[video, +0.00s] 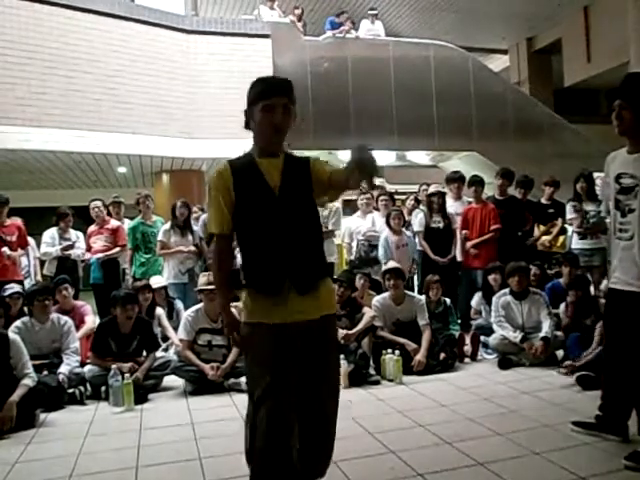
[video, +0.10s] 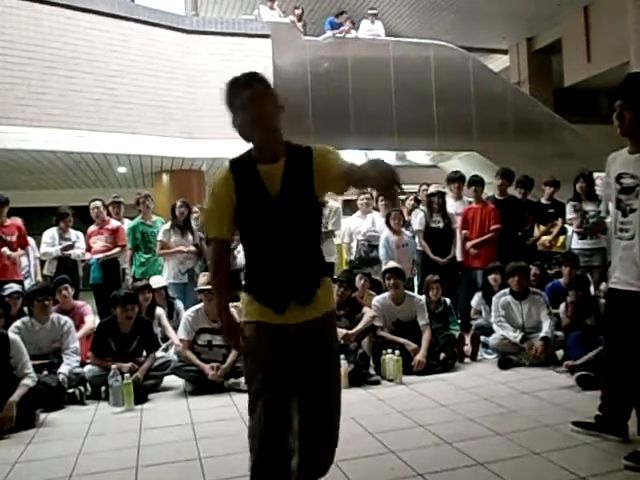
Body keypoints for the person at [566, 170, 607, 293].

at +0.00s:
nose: (582, 186)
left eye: (585, 182)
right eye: (579, 182)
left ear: (590, 185)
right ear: (575, 185)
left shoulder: (600, 204)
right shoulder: (572, 204)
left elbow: (605, 224)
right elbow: (577, 226)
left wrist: (586, 229)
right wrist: (598, 226)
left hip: (598, 246)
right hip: (579, 247)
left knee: (597, 284)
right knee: (579, 283)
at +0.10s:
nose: (581, 186)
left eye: (584, 182)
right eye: (578, 182)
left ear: (590, 185)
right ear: (575, 185)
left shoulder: (599, 203)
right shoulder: (572, 204)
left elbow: (603, 223)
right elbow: (576, 225)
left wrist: (585, 229)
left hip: (598, 247)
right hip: (579, 247)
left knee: (597, 284)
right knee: (579, 283)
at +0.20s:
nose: (582, 186)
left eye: (585, 182)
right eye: (579, 182)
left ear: (590, 184)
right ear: (575, 185)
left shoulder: (599, 202)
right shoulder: (572, 204)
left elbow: (603, 223)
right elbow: (576, 225)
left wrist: (585, 229)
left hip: (598, 247)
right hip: (579, 247)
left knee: (598, 285)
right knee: (580, 284)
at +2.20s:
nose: (585, 189)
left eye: (587, 185)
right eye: (582, 185)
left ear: (591, 186)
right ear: (577, 187)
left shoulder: (600, 201)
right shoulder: (571, 204)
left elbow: (602, 223)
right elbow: (576, 226)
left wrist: (583, 229)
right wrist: (584, 208)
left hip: (597, 246)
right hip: (579, 246)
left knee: (599, 279)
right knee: (580, 280)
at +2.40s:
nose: (585, 189)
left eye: (588, 185)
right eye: (582, 185)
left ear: (591, 186)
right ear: (577, 187)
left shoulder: (600, 201)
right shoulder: (571, 204)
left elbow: (602, 223)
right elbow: (576, 226)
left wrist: (583, 229)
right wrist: (583, 208)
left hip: (597, 246)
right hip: (579, 247)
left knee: (599, 280)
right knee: (580, 280)